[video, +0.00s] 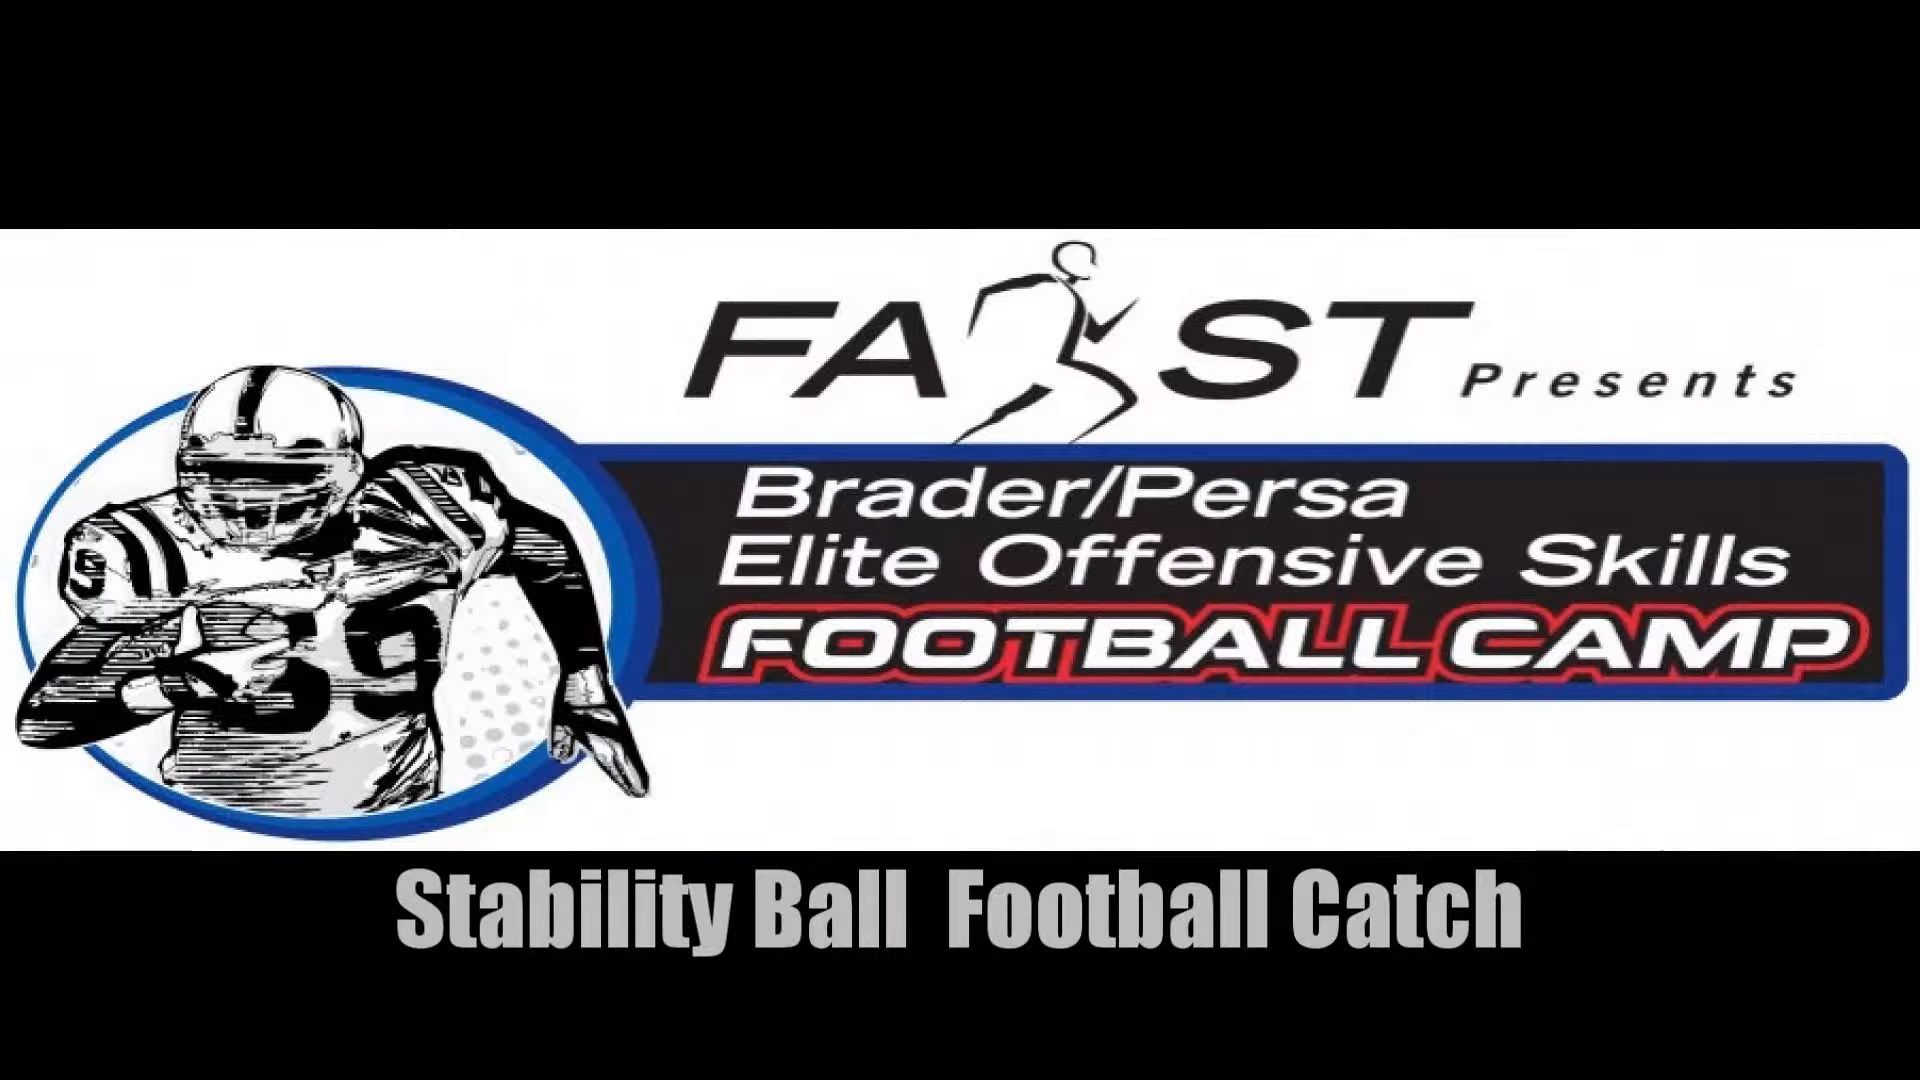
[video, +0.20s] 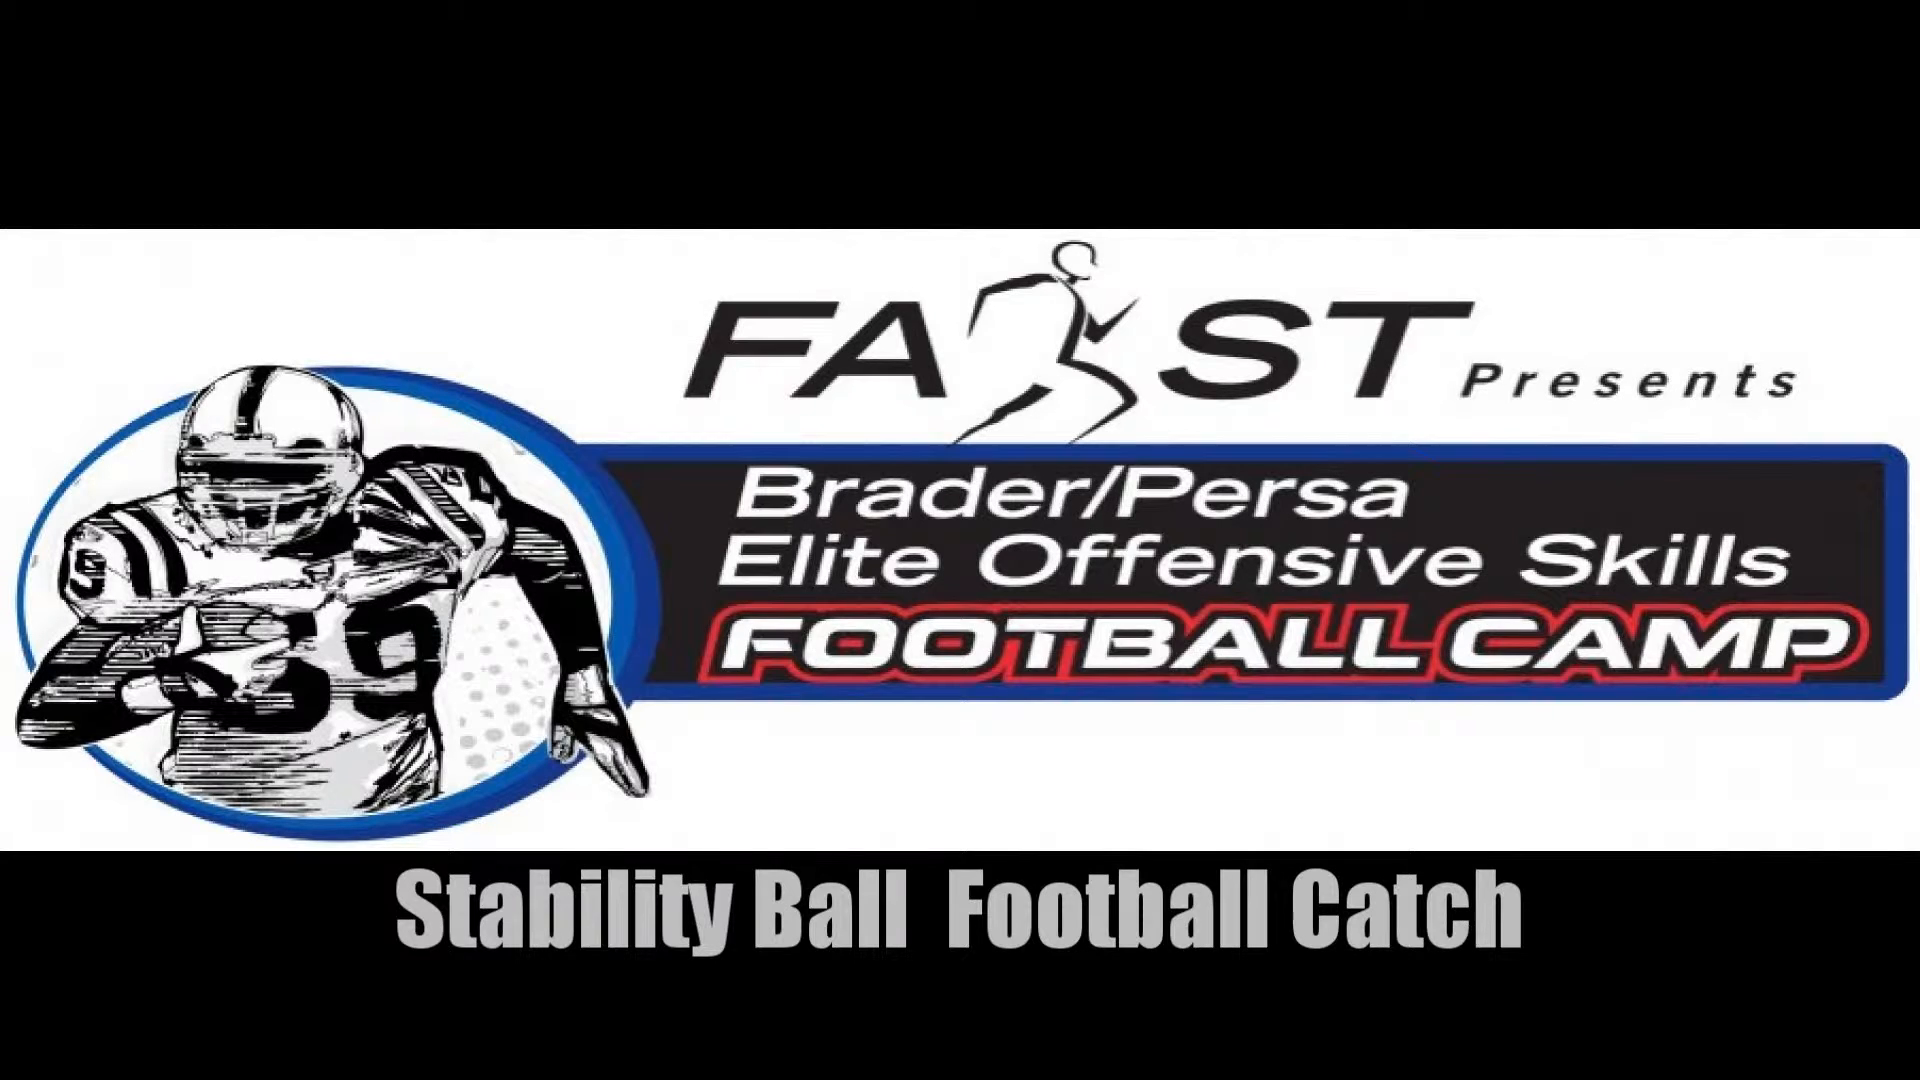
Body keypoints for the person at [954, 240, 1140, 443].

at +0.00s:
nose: (1090, 268)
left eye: (1090, 262)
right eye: (1084, 261)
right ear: (1070, 264)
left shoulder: (1077, 301)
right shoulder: (1044, 282)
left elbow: (1096, 335)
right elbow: (986, 292)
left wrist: (1128, 309)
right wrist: (970, 332)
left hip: (1051, 367)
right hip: (1057, 366)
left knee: (1002, 413)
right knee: (1128, 398)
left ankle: (956, 443)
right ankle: (1074, 441)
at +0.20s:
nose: (1088, 268)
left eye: (1089, 261)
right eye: (1082, 260)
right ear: (1069, 263)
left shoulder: (1077, 301)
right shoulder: (1045, 281)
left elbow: (1096, 335)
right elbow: (986, 292)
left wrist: (1127, 309)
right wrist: (970, 331)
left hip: (1053, 366)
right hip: (1059, 365)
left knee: (1002, 412)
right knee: (1128, 398)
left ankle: (956, 442)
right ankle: (1074, 441)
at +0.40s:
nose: (1088, 268)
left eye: (1089, 261)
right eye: (1082, 260)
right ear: (1069, 263)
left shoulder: (1077, 301)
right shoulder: (1045, 281)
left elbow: (1096, 335)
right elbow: (986, 292)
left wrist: (1127, 309)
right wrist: (970, 331)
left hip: (1053, 366)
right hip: (1059, 365)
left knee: (1002, 412)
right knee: (1128, 398)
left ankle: (956, 442)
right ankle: (1074, 441)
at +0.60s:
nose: (1089, 268)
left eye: (1089, 262)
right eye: (1083, 260)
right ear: (1069, 263)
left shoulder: (1077, 301)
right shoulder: (1045, 282)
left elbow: (1096, 335)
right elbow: (986, 292)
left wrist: (1127, 309)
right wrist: (970, 331)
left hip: (1053, 366)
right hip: (1059, 365)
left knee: (1002, 412)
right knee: (1128, 398)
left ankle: (956, 442)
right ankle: (1074, 441)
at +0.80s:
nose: (1088, 268)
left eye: (1089, 262)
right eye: (1083, 260)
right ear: (1069, 263)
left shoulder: (1077, 301)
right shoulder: (1045, 281)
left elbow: (1096, 335)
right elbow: (986, 292)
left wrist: (1127, 309)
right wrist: (970, 331)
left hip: (1053, 366)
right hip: (1059, 365)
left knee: (1002, 412)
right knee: (1128, 398)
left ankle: (956, 442)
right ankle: (1074, 441)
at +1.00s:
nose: (1088, 268)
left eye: (1089, 262)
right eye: (1082, 260)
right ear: (1069, 263)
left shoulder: (1077, 301)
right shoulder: (1045, 281)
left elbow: (1096, 335)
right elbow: (986, 292)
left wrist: (1127, 309)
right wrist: (970, 331)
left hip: (1053, 366)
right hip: (1059, 365)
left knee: (1002, 412)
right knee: (1128, 398)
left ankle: (956, 442)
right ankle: (1074, 441)